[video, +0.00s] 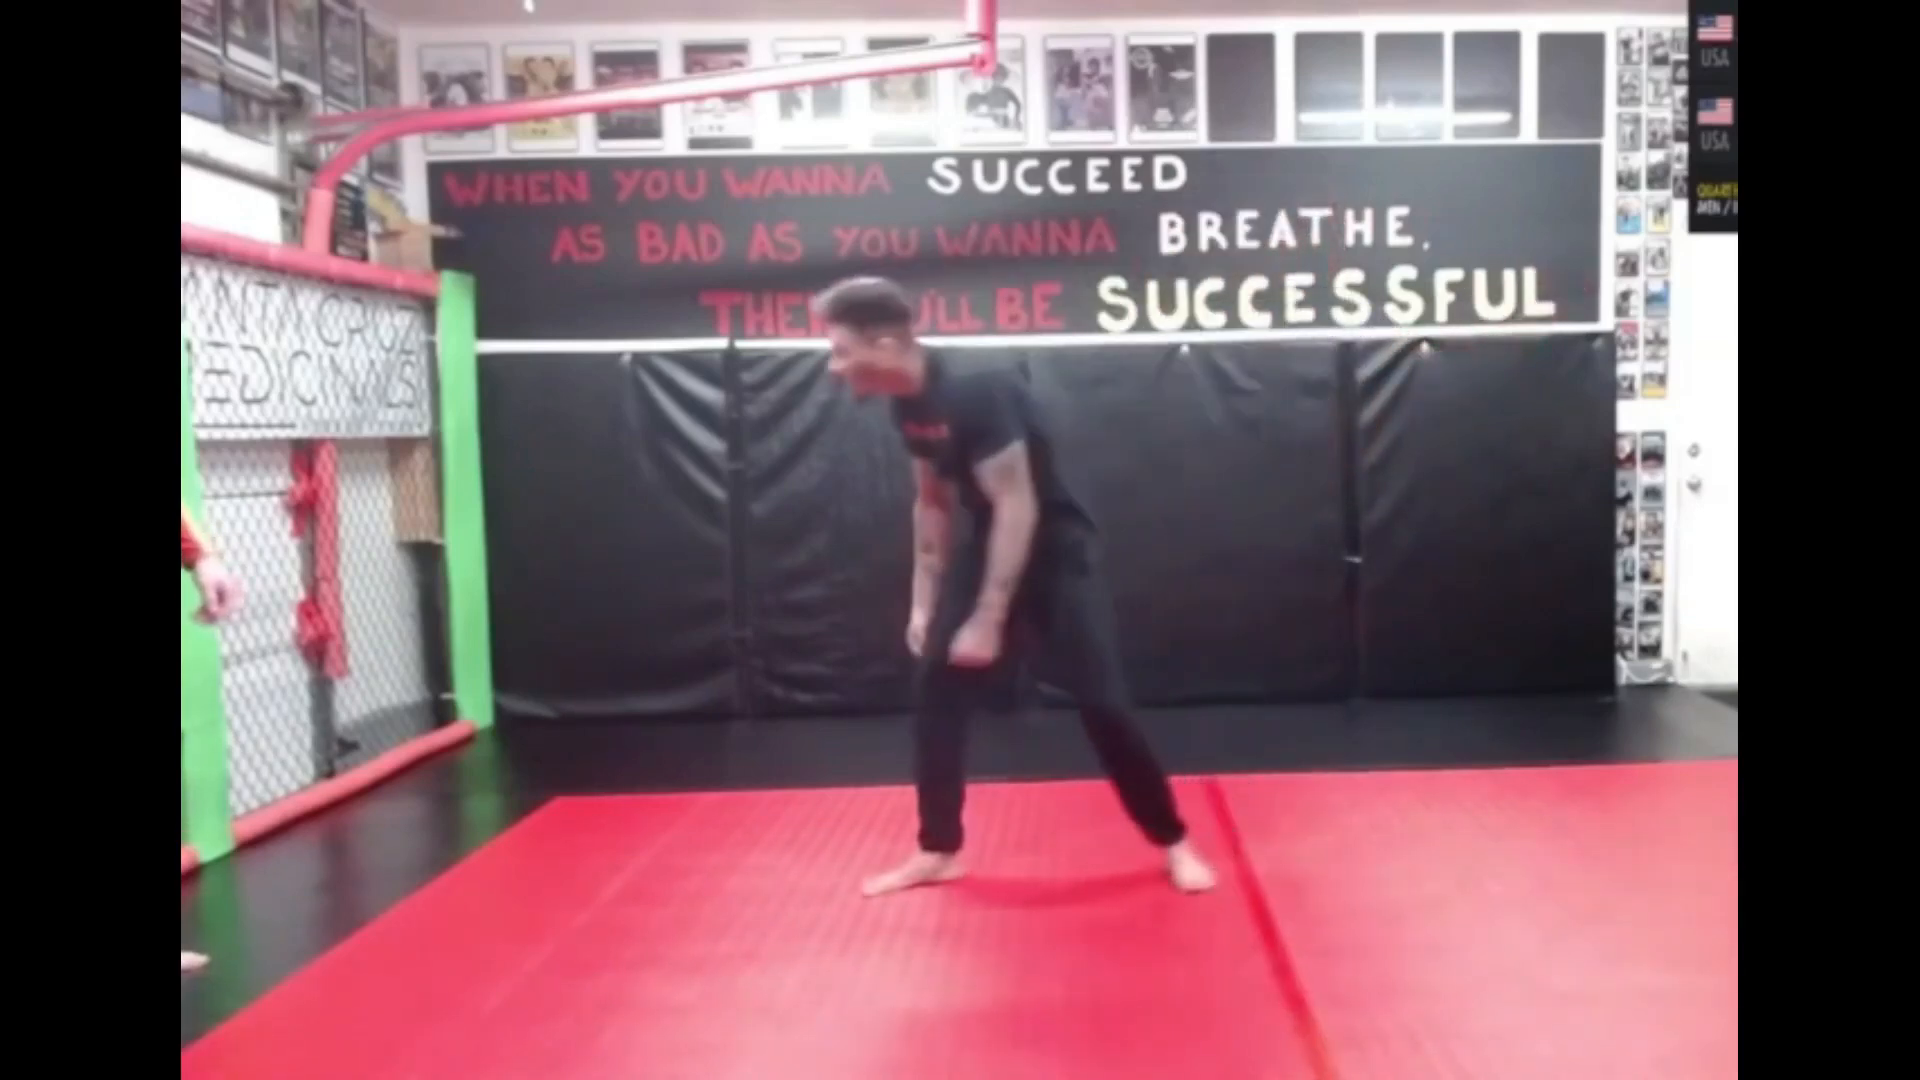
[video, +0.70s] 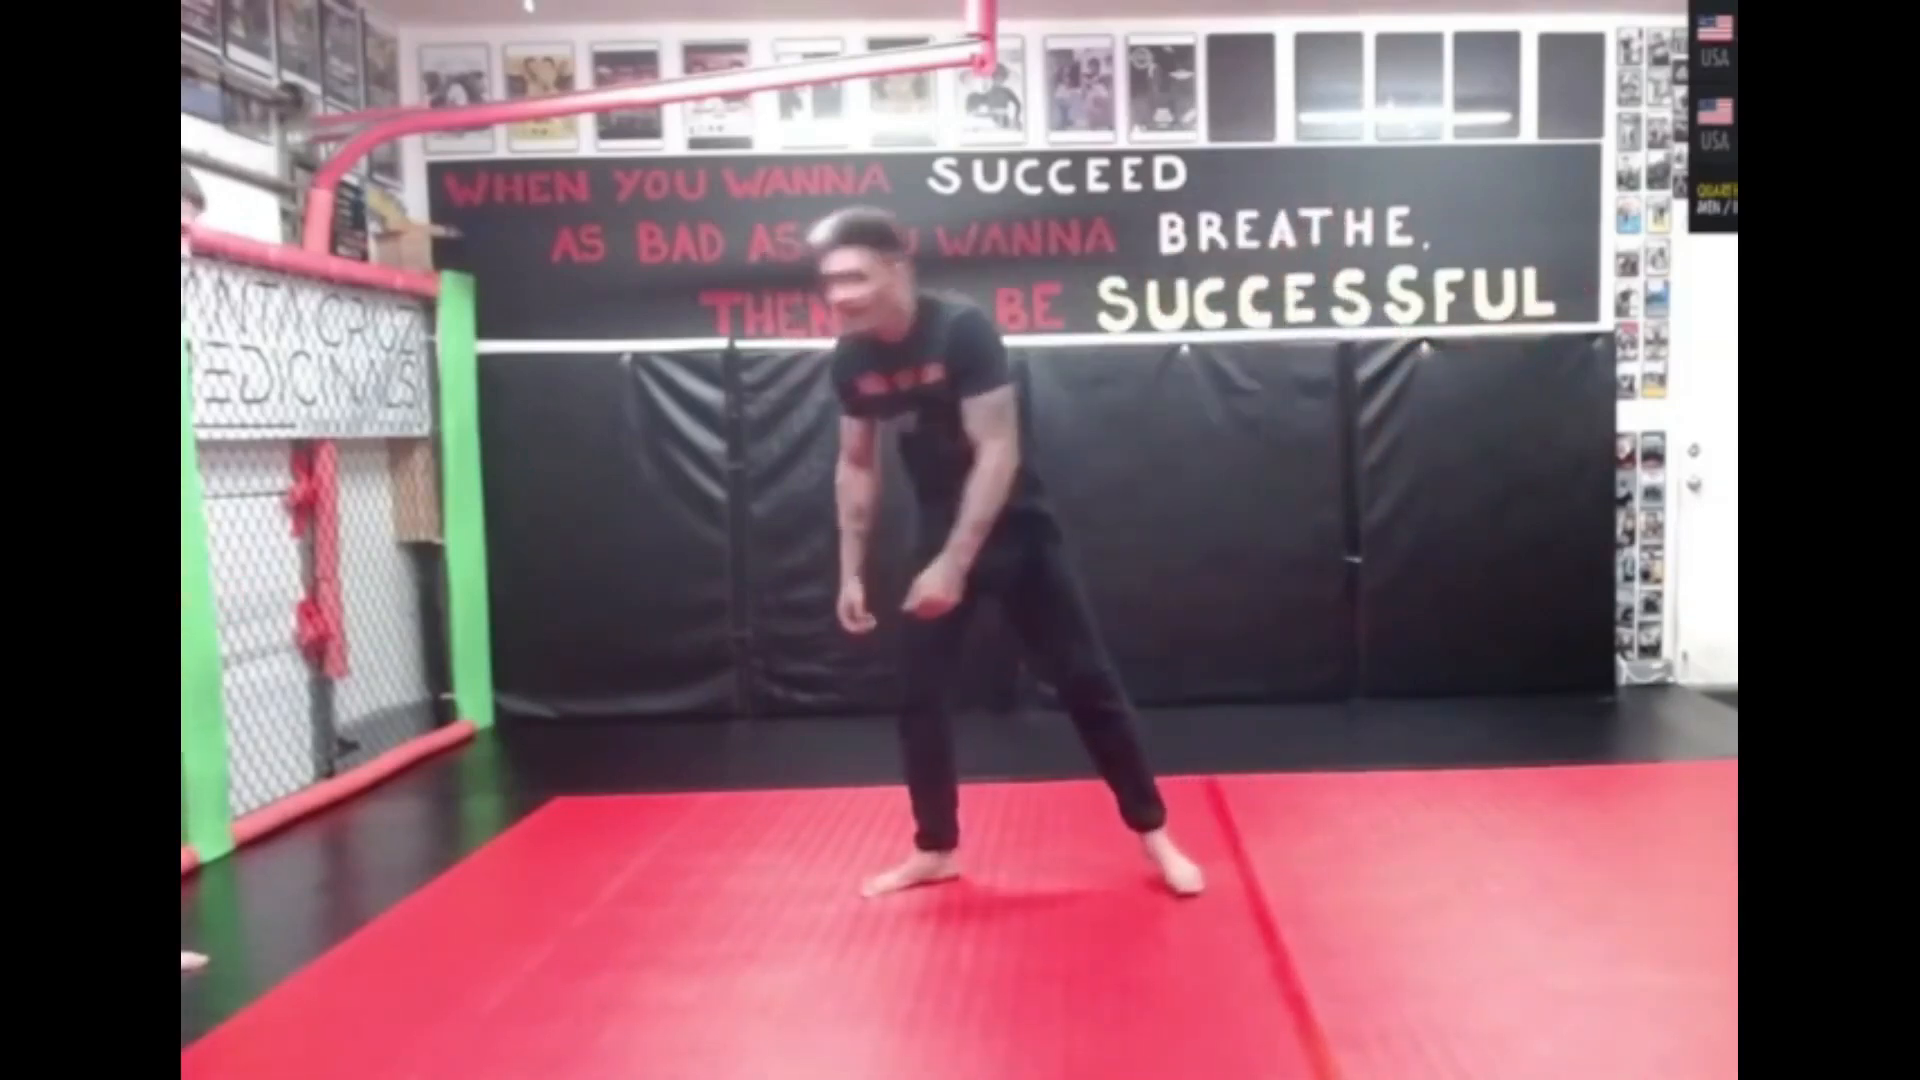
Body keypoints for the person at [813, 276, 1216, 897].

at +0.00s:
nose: (833, 368)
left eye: (840, 352)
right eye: (831, 353)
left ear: (887, 343)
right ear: (880, 348)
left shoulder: (975, 391)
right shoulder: (909, 406)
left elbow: (1017, 507)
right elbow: (931, 502)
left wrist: (988, 619)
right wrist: (923, 605)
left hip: (1050, 541)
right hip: (979, 539)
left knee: (1099, 697)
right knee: (939, 677)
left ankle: (1175, 843)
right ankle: (939, 847)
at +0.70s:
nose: (841, 297)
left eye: (855, 278)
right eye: (831, 284)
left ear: (902, 267)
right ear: (825, 288)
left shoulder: (963, 332)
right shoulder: (852, 361)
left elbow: (998, 453)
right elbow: (856, 463)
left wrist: (953, 561)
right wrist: (851, 573)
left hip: (1013, 520)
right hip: (939, 529)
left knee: (1083, 673)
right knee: (917, 685)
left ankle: (1154, 833)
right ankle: (935, 848)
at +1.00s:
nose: (1124, 235)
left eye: (1125, 222)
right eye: (1106, 224)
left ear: (1126, 232)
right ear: (1057, 237)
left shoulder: (1127, 320)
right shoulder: (1007, 326)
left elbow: (1155, 427)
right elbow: (950, 434)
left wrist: (1168, 531)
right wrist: (938, 556)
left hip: (1108, 540)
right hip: (1020, 543)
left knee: (1136, 695)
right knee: (979, 691)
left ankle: (1142, 858)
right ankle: (931, 839)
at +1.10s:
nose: (1168, 222)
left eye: (1166, 209)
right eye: (1153, 211)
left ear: (1147, 225)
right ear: (1103, 226)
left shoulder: (1158, 311)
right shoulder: (1051, 314)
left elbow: (1185, 419)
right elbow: (999, 431)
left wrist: (1221, 523)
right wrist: (996, 551)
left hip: (1137, 532)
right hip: (1060, 533)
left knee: (1153, 691)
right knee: (1007, 686)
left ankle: (1143, 859)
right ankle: (945, 833)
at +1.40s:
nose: (1291, 220)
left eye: (1288, 208)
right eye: (1277, 207)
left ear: (1248, 223)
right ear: (1231, 221)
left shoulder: (1229, 305)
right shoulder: (1191, 295)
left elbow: (1240, 422)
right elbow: (1149, 417)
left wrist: (1298, 503)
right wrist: (1185, 539)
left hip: (1188, 500)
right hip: (1160, 505)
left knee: (1193, 676)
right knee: (1189, 677)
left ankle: (1155, 851)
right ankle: (1147, 858)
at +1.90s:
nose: (1511, 273)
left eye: (1515, 258)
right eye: (1507, 256)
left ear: (1462, 246)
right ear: (1468, 246)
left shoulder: (1392, 304)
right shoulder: (1402, 318)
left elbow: (1358, 441)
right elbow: (1370, 450)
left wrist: (1381, 548)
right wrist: (1400, 571)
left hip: (1335, 521)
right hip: (1346, 527)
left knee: (1353, 675)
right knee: (1394, 691)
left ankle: (1245, 791)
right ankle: (1408, 863)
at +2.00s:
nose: (1533, 266)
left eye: (1537, 250)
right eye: (1529, 248)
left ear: (1487, 242)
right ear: (1489, 240)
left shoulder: (1424, 302)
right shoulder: (1423, 312)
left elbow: (1415, 435)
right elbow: (1390, 445)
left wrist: (1449, 523)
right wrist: (1426, 556)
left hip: (1374, 510)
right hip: (1365, 517)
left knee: (1392, 675)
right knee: (1402, 688)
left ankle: (1311, 794)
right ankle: (1407, 862)